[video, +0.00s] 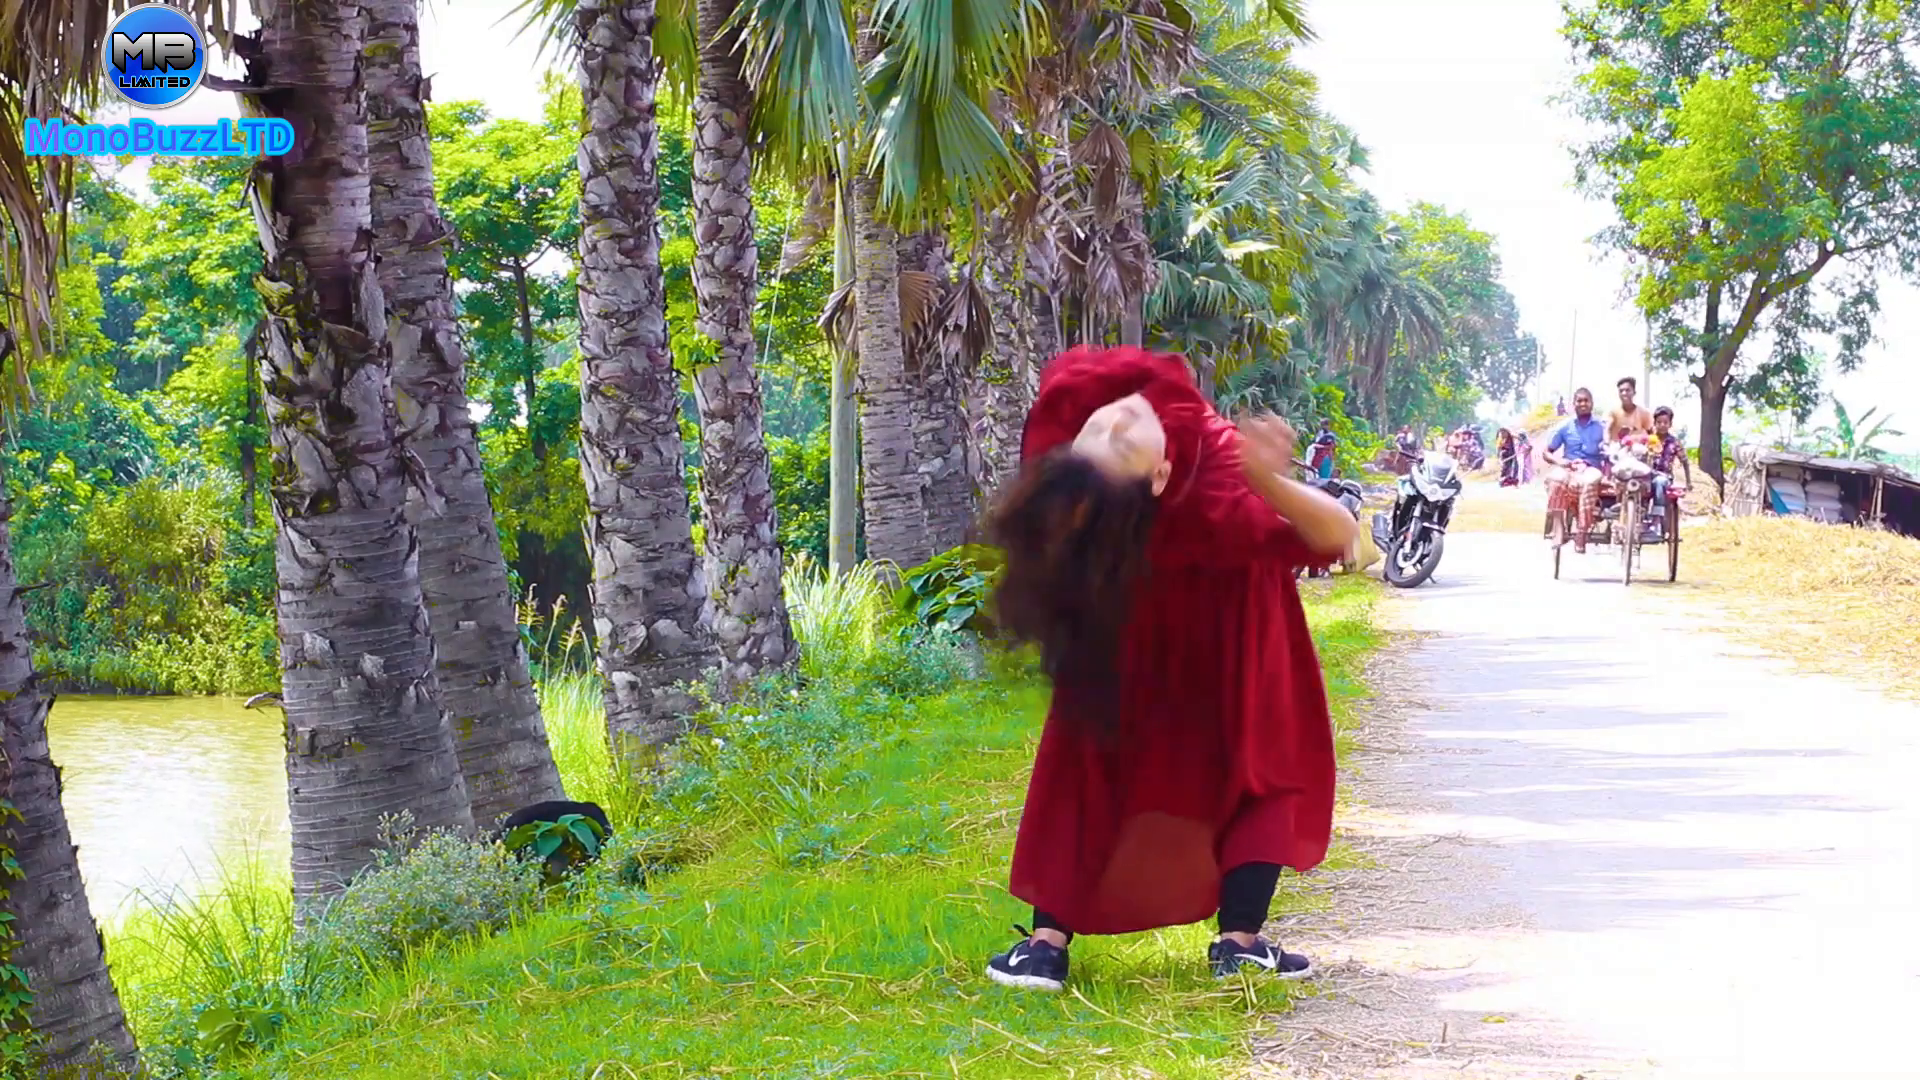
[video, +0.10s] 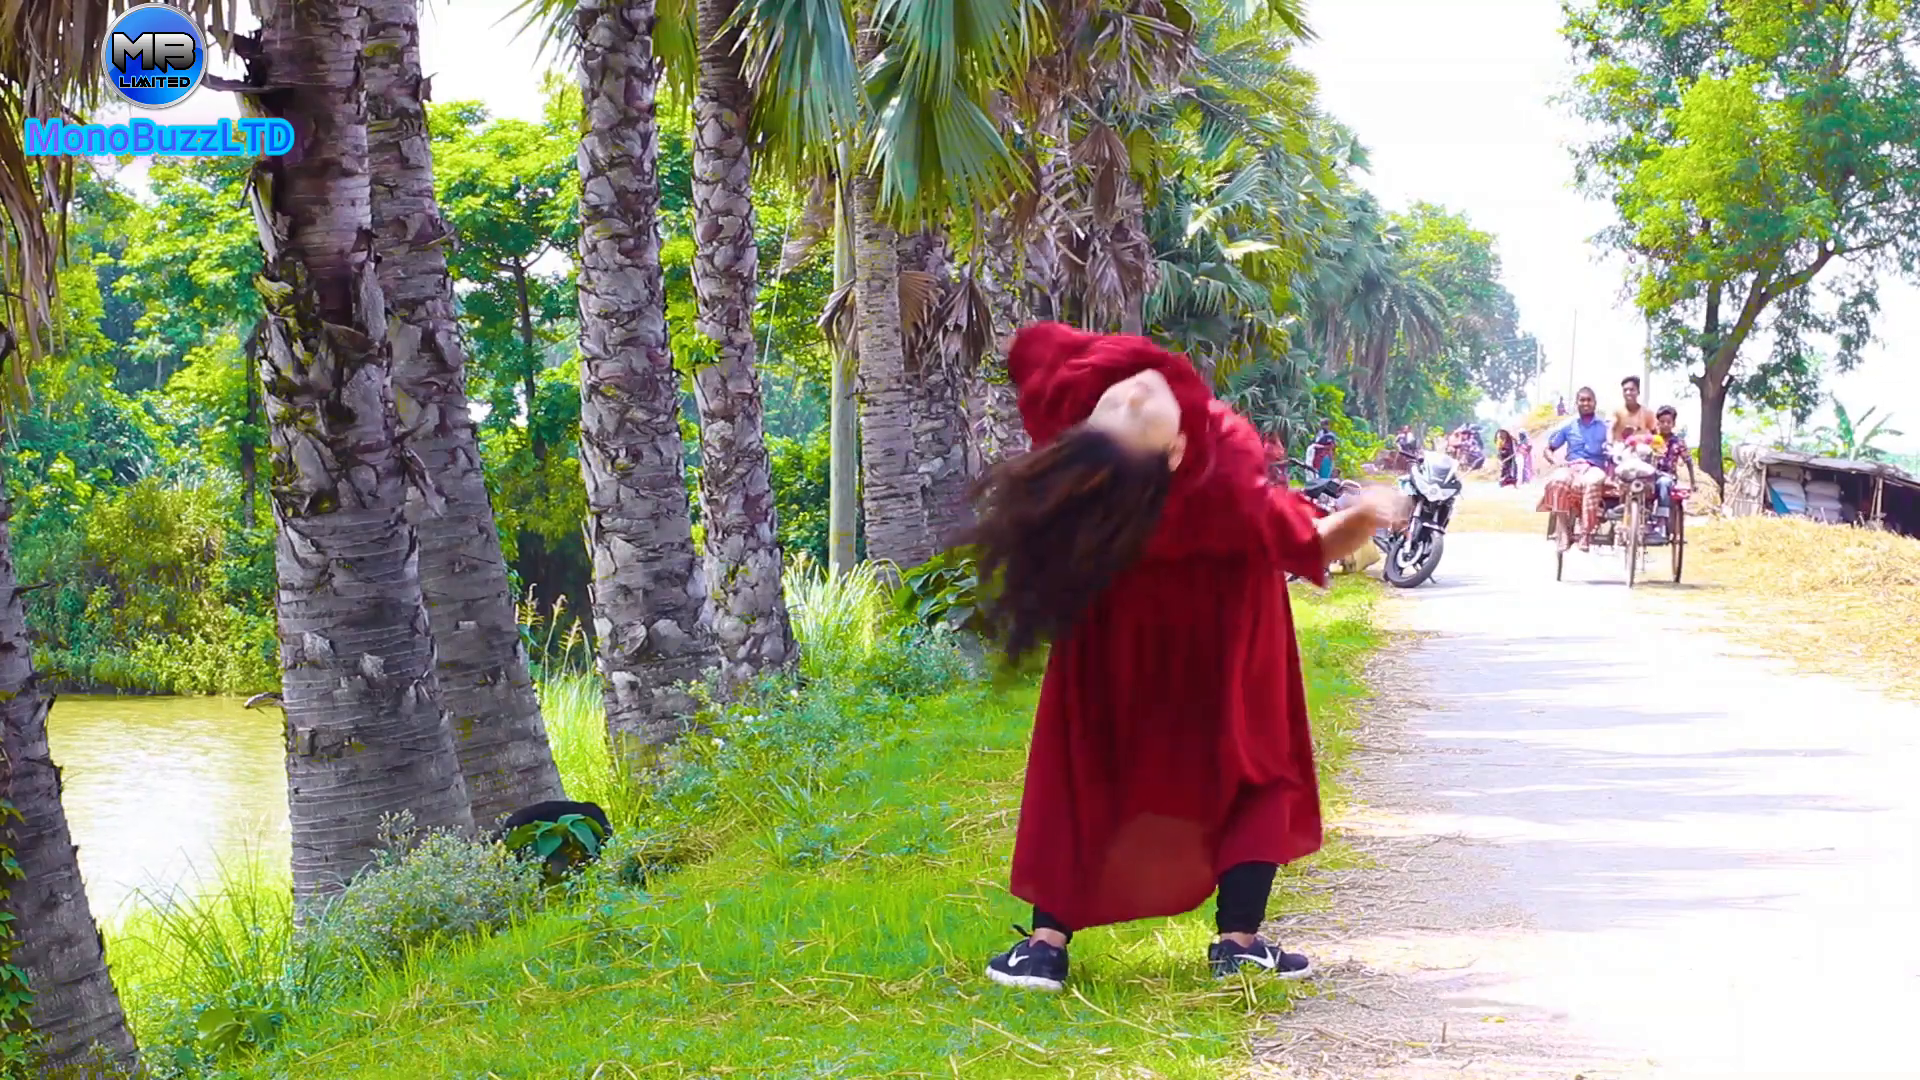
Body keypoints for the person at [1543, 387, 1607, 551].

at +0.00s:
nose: (1582, 404)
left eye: (1586, 400)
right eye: (1579, 401)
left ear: (1592, 403)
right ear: (1574, 404)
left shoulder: (1600, 427)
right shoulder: (1567, 427)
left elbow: (1606, 450)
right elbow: (1546, 453)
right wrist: (1560, 461)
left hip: (1591, 466)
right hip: (1568, 465)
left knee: (1590, 483)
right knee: (1555, 480)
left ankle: (1582, 531)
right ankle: (1558, 529)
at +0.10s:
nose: (1585, 403)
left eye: (1589, 400)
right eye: (1581, 400)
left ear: (1594, 403)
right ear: (1576, 403)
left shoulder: (1603, 427)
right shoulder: (1570, 425)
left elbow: (1610, 450)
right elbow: (1549, 447)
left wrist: (1611, 472)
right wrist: (1551, 459)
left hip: (1595, 466)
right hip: (1571, 465)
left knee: (1592, 485)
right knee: (1556, 483)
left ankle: (1586, 534)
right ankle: (1562, 532)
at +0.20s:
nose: (1589, 402)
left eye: (1592, 399)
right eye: (1585, 399)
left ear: (1598, 401)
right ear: (1579, 402)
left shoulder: (1606, 427)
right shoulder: (1573, 425)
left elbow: (1613, 450)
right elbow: (1548, 447)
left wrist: (1615, 474)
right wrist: (1557, 463)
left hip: (1598, 466)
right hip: (1573, 465)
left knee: (1595, 485)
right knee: (1563, 483)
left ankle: (1589, 536)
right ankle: (1565, 533)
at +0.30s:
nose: (1591, 402)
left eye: (1595, 398)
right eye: (1587, 398)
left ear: (1601, 401)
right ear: (1582, 402)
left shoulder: (1609, 426)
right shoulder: (1576, 424)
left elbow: (1616, 449)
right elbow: (1549, 446)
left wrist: (1619, 474)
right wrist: (1560, 463)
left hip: (1602, 466)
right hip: (1577, 465)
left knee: (1599, 485)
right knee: (1564, 484)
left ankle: (1593, 535)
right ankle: (1568, 535)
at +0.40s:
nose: (1594, 401)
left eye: (1598, 397)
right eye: (1590, 398)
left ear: (1604, 400)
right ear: (1585, 401)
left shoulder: (1613, 425)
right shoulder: (1579, 424)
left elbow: (1621, 450)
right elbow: (1551, 447)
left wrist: (1621, 474)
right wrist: (1565, 466)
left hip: (1604, 466)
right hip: (1580, 465)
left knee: (1601, 487)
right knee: (1565, 486)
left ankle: (1596, 536)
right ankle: (1571, 537)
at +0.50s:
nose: (1598, 401)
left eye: (1601, 397)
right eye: (1594, 397)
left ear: (1607, 400)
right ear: (1588, 400)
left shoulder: (1616, 426)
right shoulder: (1581, 424)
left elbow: (1624, 451)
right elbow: (1553, 450)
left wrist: (1625, 475)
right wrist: (1568, 468)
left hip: (1608, 467)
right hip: (1583, 466)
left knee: (1605, 486)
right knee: (1566, 485)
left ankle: (1599, 538)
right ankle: (1573, 537)